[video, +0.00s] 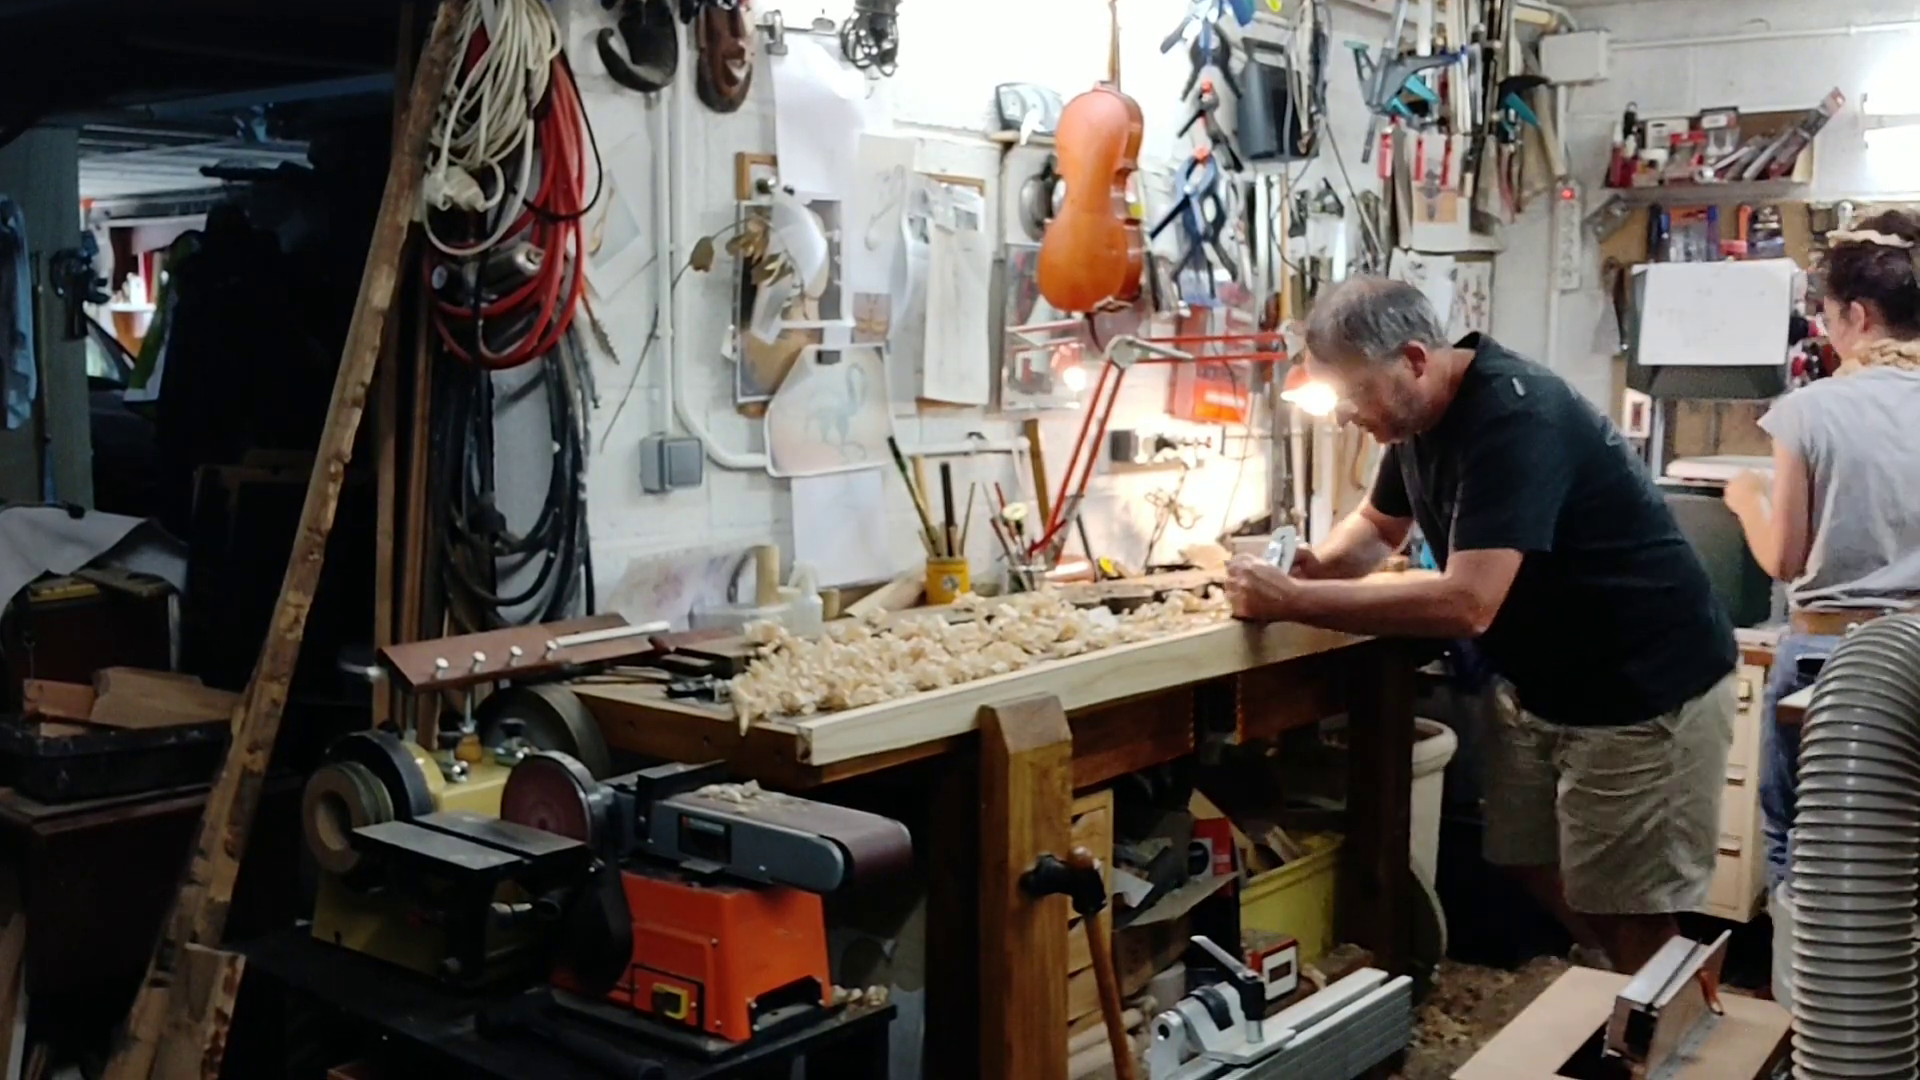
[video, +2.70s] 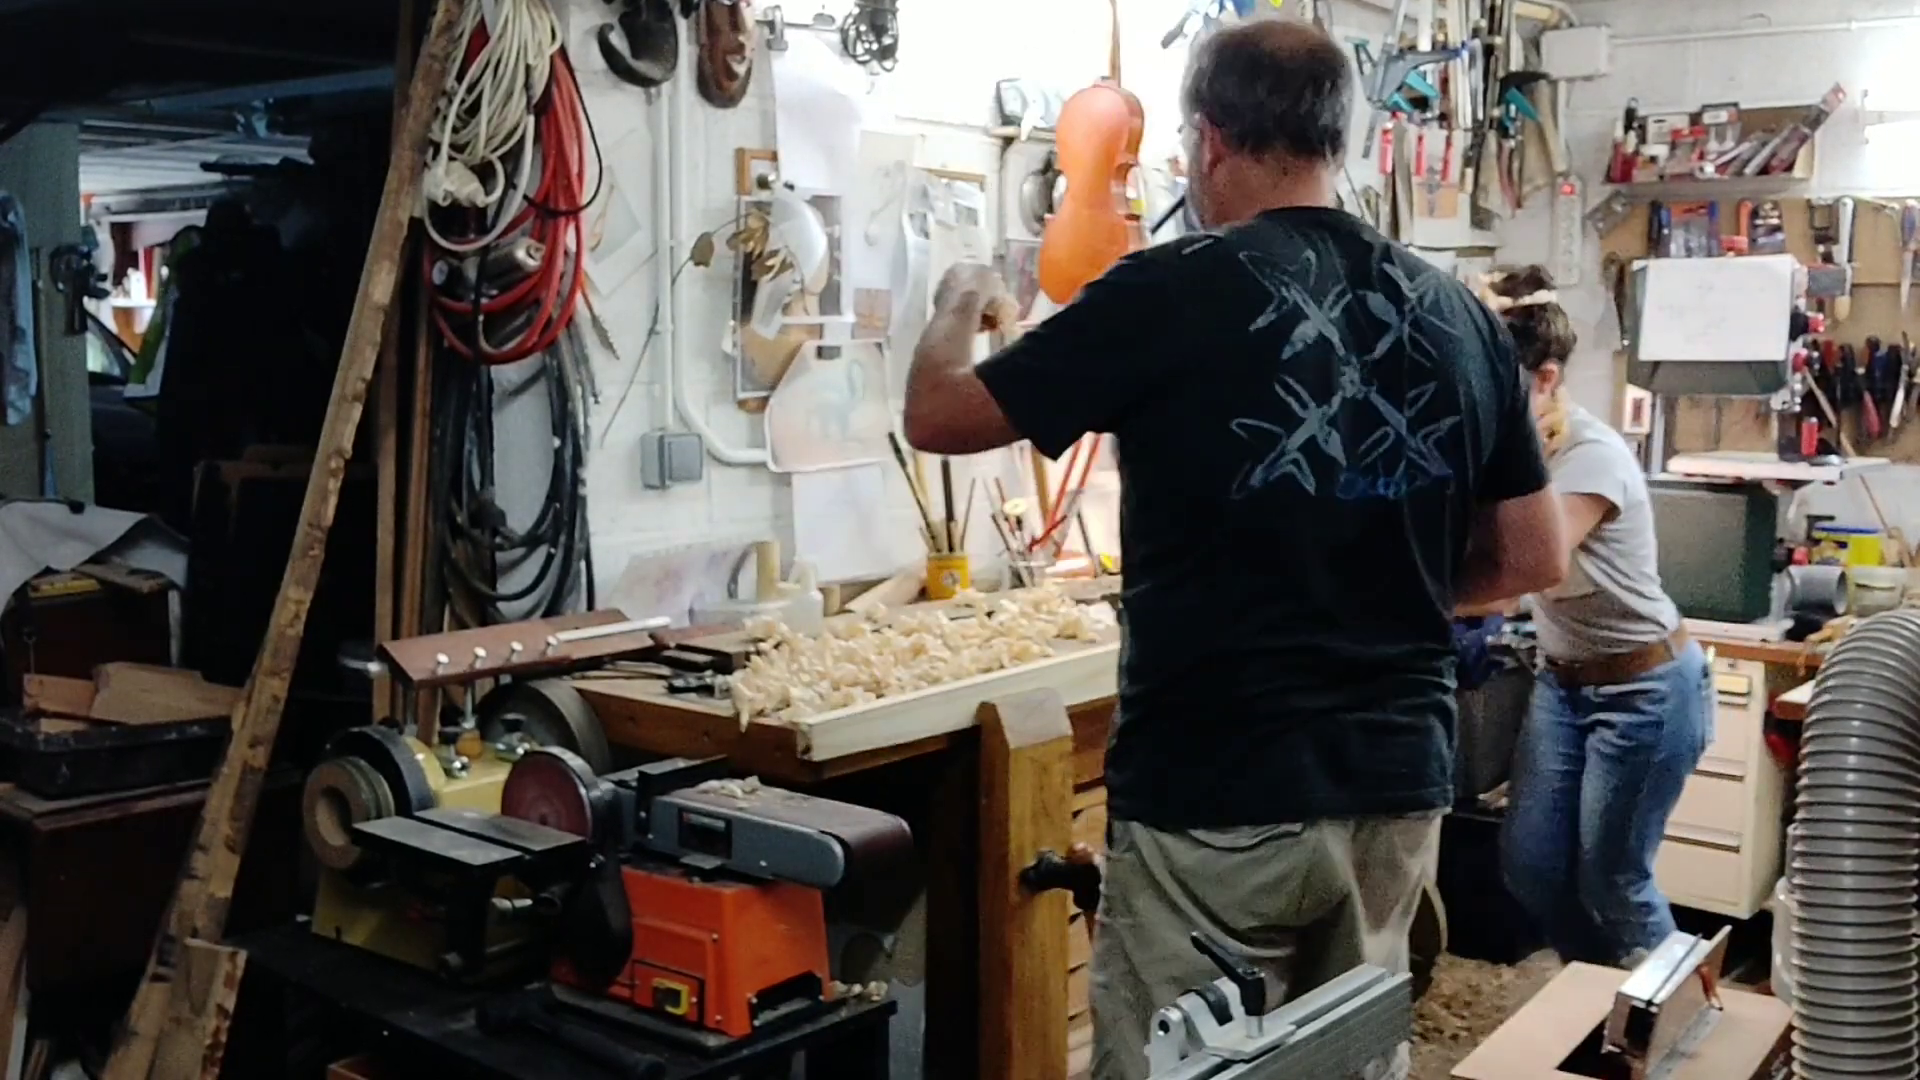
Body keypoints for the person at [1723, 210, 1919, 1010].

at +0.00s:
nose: (1820, 332)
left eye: (1824, 316)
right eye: (1819, 317)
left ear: (1858, 314)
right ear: (1906, 312)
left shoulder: (1811, 407)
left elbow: (1784, 560)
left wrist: (1746, 501)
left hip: (1827, 646)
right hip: (1915, 643)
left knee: (1792, 822)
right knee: (1901, 823)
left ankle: (1803, 998)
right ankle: (1890, 997)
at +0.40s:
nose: (1718, 340)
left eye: (1723, 324)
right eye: (1717, 323)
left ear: (1773, 322)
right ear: (1788, 320)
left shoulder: (1773, 412)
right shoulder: (1856, 399)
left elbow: (1731, 560)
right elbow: (1832, 525)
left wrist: (1629, 518)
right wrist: (1733, 509)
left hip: (1775, 646)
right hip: (1850, 635)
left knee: (1745, 850)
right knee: (1818, 840)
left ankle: (1764, 1021)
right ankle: (1821, 1009)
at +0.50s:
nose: (1694, 341)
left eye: (1699, 323)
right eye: (1692, 324)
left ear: (1750, 319)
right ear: (1763, 317)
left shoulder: (1764, 411)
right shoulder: (1816, 392)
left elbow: (1700, 554)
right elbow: (1778, 507)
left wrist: (1590, 520)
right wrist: (1684, 504)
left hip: (1770, 638)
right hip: (1825, 625)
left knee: (1730, 831)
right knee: (1791, 818)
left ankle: (1750, 997)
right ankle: (1807, 978)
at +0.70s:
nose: (1650, 342)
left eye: (1658, 326)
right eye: (1648, 327)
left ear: (1711, 322)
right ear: (1709, 321)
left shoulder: (1746, 404)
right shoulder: (1718, 398)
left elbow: (1659, 548)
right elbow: (1681, 507)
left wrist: (1540, 538)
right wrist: (1608, 509)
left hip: (1763, 636)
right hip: (1732, 631)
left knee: (1716, 821)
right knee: (1671, 800)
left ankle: (1756, 995)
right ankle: (1694, 963)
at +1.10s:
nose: (1586, 346)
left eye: (1597, 330)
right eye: (1580, 331)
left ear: (1653, 324)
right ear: (1584, 328)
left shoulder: (1687, 408)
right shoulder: (1620, 406)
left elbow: (1643, 548)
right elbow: (1620, 508)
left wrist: (1524, 550)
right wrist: (1558, 511)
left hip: (1703, 627)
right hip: (1640, 625)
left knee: (1654, 806)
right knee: (1627, 806)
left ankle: (1738, 976)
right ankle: (1661, 972)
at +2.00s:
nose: (1527, 389)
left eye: (1542, 374)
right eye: (1520, 372)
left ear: (1596, 361)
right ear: (1515, 354)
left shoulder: (1640, 436)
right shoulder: (1554, 423)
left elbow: (1581, 572)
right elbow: (1498, 504)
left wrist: (1456, 563)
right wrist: (1439, 534)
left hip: (1679, 651)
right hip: (1610, 651)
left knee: (1619, 833)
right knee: (1628, 830)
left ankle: (1659, 1001)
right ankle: (1687, 978)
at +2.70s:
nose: (1497, 396)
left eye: (1509, 382)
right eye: (1492, 381)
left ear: (1548, 379)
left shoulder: (1596, 453)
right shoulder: (1508, 453)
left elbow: (1536, 563)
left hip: (1646, 693)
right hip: (1559, 687)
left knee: (1612, 883)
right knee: (1533, 869)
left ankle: (1679, 1015)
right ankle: (1607, 1002)